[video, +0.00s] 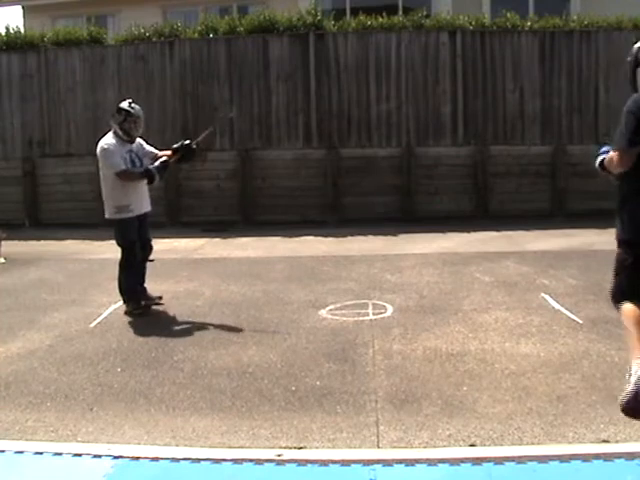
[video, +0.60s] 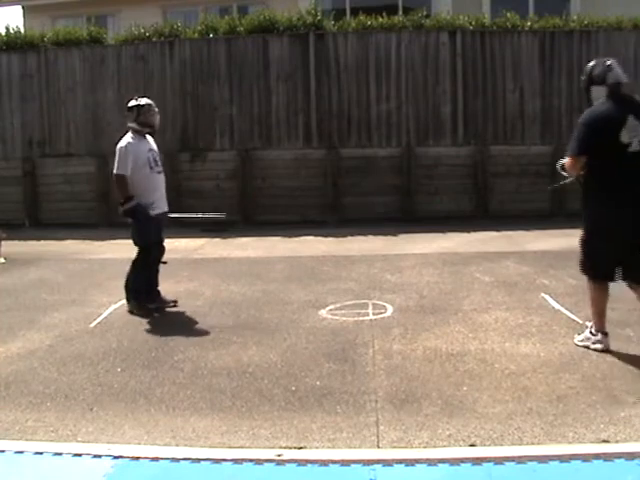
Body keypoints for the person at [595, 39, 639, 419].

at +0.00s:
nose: (633, 73)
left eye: (633, 66)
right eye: (635, 66)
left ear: (634, 69)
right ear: (638, 70)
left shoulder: (637, 104)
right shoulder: (635, 105)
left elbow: (622, 158)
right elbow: (622, 158)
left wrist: (606, 158)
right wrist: (611, 157)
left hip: (634, 226)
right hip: (633, 226)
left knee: (627, 295)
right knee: (627, 296)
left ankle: (637, 368)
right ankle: (635, 370)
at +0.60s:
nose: (589, 92)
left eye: (590, 87)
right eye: (589, 87)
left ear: (596, 86)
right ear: (619, 82)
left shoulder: (595, 118)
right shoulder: (636, 111)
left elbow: (573, 165)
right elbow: (622, 155)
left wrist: (569, 165)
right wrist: (583, 168)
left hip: (605, 211)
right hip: (635, 208)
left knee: (597, 270)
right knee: (633, 274)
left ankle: (598, 331)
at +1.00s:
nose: (559, 92)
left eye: (561, 88)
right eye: (560, 87)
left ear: (569, 88)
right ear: (589, 86)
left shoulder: (573, 118)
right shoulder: (607, 115)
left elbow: (543, 151)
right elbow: (589, 150)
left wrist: (539, 145)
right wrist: (552, 154)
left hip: (579, 205)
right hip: (601, 201)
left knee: (581, 265)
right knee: (581, 258)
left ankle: (596, 330)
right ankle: (575, 308)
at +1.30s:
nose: (539, 93)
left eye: (542, 88)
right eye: (541, 87)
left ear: (550, 90)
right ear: (567, 89)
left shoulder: (561, 118)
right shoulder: (575, 116)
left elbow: (551, 152)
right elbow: (568, 157)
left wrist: (528, 159)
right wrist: (537, 168)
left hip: (558, 202)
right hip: (575, 199)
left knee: (540, 258)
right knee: (563, 255)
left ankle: (577, 303)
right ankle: (565, 307)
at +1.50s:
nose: (522, 94)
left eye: (526, 89)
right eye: (524, 89)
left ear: (536, 91)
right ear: (548, 90)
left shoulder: (552, 118)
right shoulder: (545, 117)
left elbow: (560, 153)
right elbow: (547, 155)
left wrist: (533, 172)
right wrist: (527, 169)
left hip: (545, 199)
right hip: (555, 197)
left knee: (522, 249)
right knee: (559, 253)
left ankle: (534, 303)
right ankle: (564, 309)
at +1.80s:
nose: (491, 98)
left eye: (495, 94)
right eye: (492, 93)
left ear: (506, 97)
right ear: (512, 96)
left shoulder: (515, 125)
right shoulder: (515, 122)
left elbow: (518, 166)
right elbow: (512, 160)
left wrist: (493, 182)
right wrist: (493, 167)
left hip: (513, 199)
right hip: (524, 198)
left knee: (496, 249)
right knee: (524, 250)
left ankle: (497, 300)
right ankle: (554, 294)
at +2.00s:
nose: (479, 97)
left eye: (482, 92)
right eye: (480, 92)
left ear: (492, 95)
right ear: (500, 96)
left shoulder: (502, 125)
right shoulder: (496, 122)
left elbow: (498, 164)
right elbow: (490, 157)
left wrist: (476, 183)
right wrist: (474, 171)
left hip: (499, 196)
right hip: (497, 195)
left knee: (489, 247)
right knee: (492, 244)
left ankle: (497, 300)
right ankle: (511, 286)